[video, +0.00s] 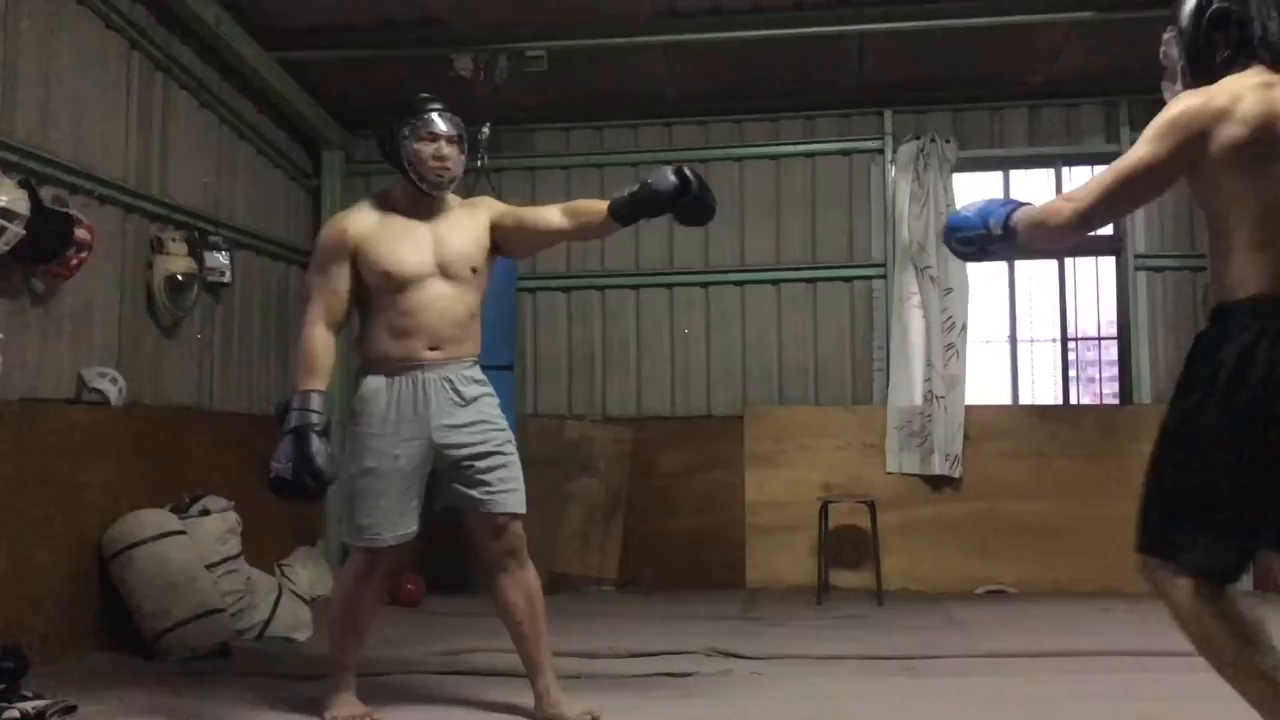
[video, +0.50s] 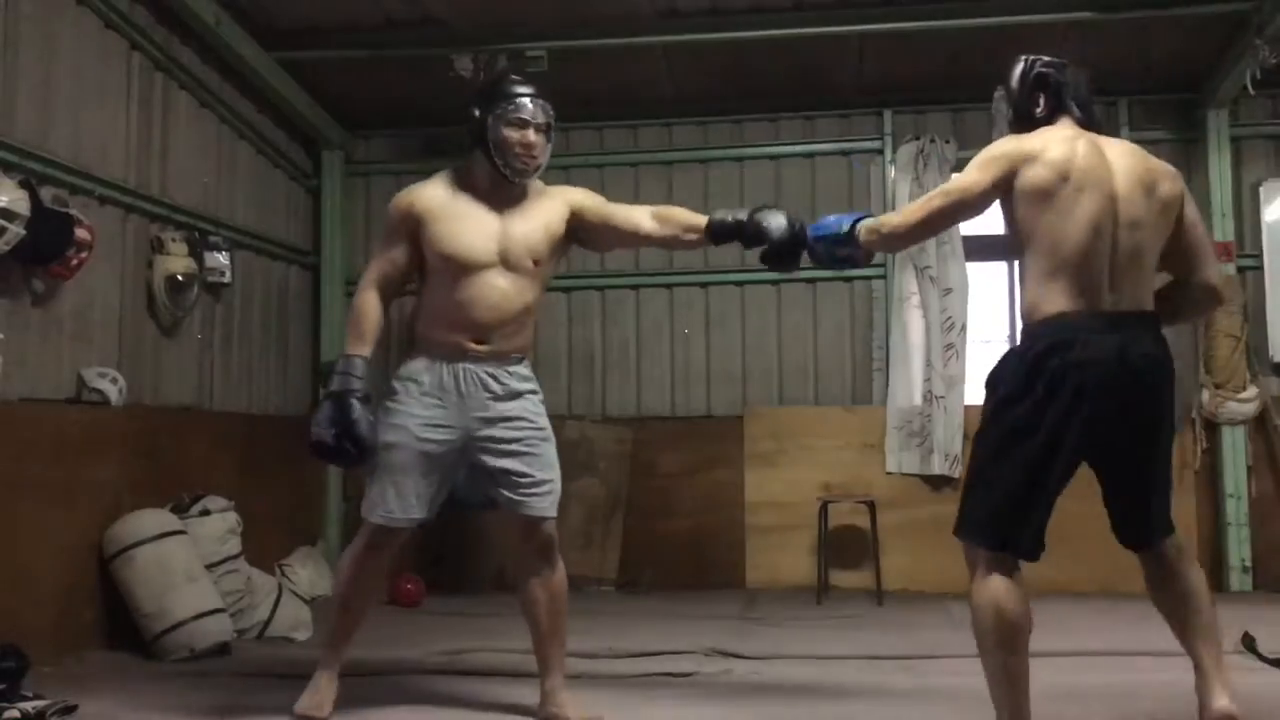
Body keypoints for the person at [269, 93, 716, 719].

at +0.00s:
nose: (440, 151)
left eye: (450, 140)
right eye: (425, 139)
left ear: (464, 153)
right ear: (399, 149)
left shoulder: (483, 217)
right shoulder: (353, 228)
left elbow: (568, 219)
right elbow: (321, 322)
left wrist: (643, 201)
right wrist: (306, 417)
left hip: (468, 390)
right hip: (387, 397)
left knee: (508, 538)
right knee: (374, 550)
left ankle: (548, 694)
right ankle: (341, 690)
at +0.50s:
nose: (534, 140)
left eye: (543, 128)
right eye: (519, 126)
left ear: (551, 135)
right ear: (484, 129)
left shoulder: (562, 205)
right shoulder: (422, 203)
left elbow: (656, 222)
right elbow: (375, 287)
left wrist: (743, 227)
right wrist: (349, 385)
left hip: (514, 387)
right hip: (427, 383)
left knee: (540, 536)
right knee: (385, 529)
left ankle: (554, 691)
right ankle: (326, 672)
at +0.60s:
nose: (516, 149)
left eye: (525, 137)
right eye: (501, 134)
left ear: (533, 146)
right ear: (468, 138)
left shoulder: (543, 220)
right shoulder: (408, 215)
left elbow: (626, 267)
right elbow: (362, 302)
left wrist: (708, 299)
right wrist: (350, 398)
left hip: (507, 393)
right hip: (421, 392)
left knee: (544, 536)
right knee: (379, 546)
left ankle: (555, 693)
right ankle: (319, 689)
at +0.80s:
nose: (482, 131)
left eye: (490, 119)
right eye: (467, 116)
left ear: (496, 129)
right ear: (430, 119)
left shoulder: (496, 207)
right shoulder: (378, 191)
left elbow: (517, 298)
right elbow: (349, 286)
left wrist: (541, 378)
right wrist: (430, 308)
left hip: (477, 379)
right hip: (394, 382)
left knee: (509, 520)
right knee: (360, 529)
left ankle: (520, 676)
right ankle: (310, 677)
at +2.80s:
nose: (503, 149)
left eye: (510, 139)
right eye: (491, 135)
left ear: (511, 146)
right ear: (450, 133)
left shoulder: (500, 217)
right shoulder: (393, 192)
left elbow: (574, 254)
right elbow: (369, 263)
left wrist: (574, 173)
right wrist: (454, 229)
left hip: (477, 383)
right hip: (401, 386)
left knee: (533, 521)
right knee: (378, 544)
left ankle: (518, 680)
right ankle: (337, 693)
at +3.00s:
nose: (495, 145)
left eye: (500, 134)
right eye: (482, 131)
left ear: (504, 142)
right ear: (441, 133)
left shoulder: (489, 214)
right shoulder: (387, 194)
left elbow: (568, 239)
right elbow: (391, 278)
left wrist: (574, 158)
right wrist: (470, 240)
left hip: (469, 382)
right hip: (395, 386)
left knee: (539, 513)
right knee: (373, 547)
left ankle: (552, 672)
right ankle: (337, 696)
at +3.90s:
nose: (583, 139)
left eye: (590, 127)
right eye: (570, 124)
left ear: (595, 132)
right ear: (525, 123)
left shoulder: (583, 199)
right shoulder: (466, 190)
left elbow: (660, 215)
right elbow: (431, 286)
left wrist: (656, 139)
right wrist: (514, 253)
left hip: (569, 377)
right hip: (490, 382)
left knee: (609, 534)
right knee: (461, 544)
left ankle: (628, 698)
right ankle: (390, 688)